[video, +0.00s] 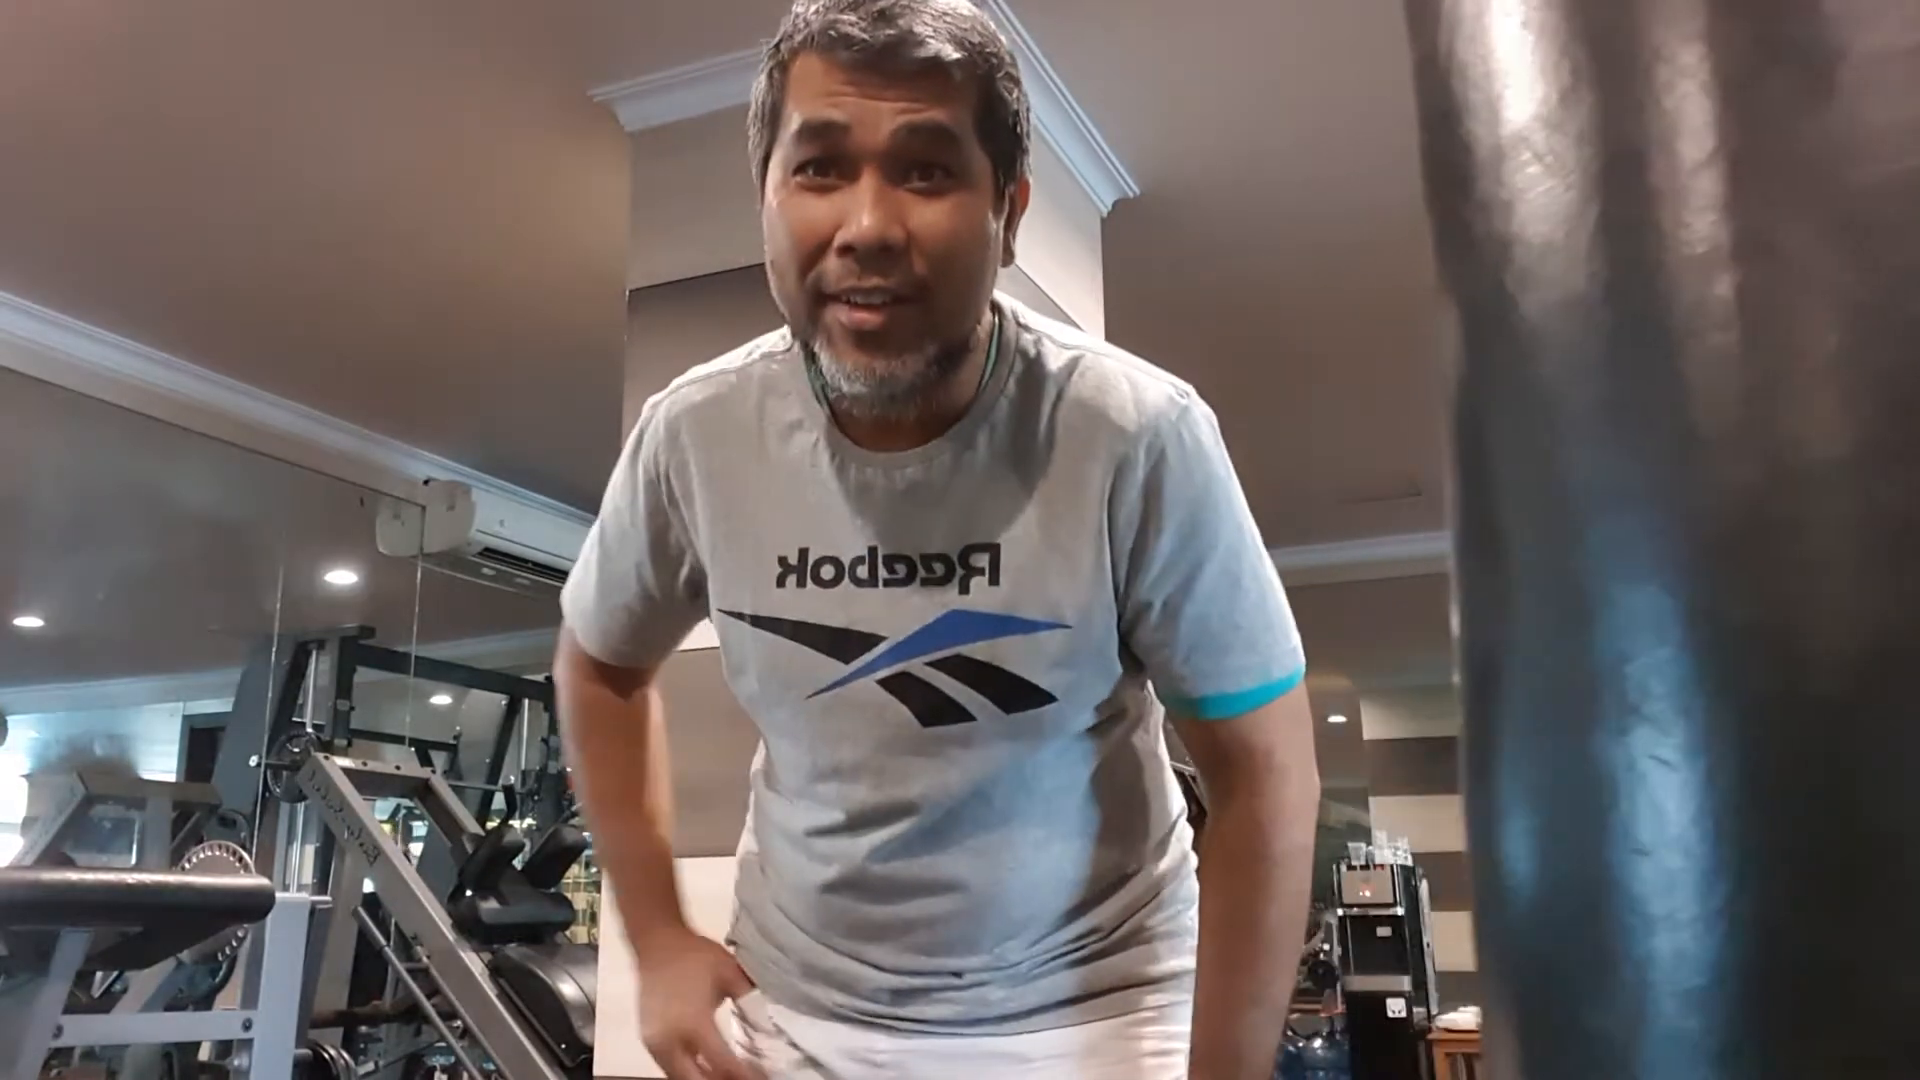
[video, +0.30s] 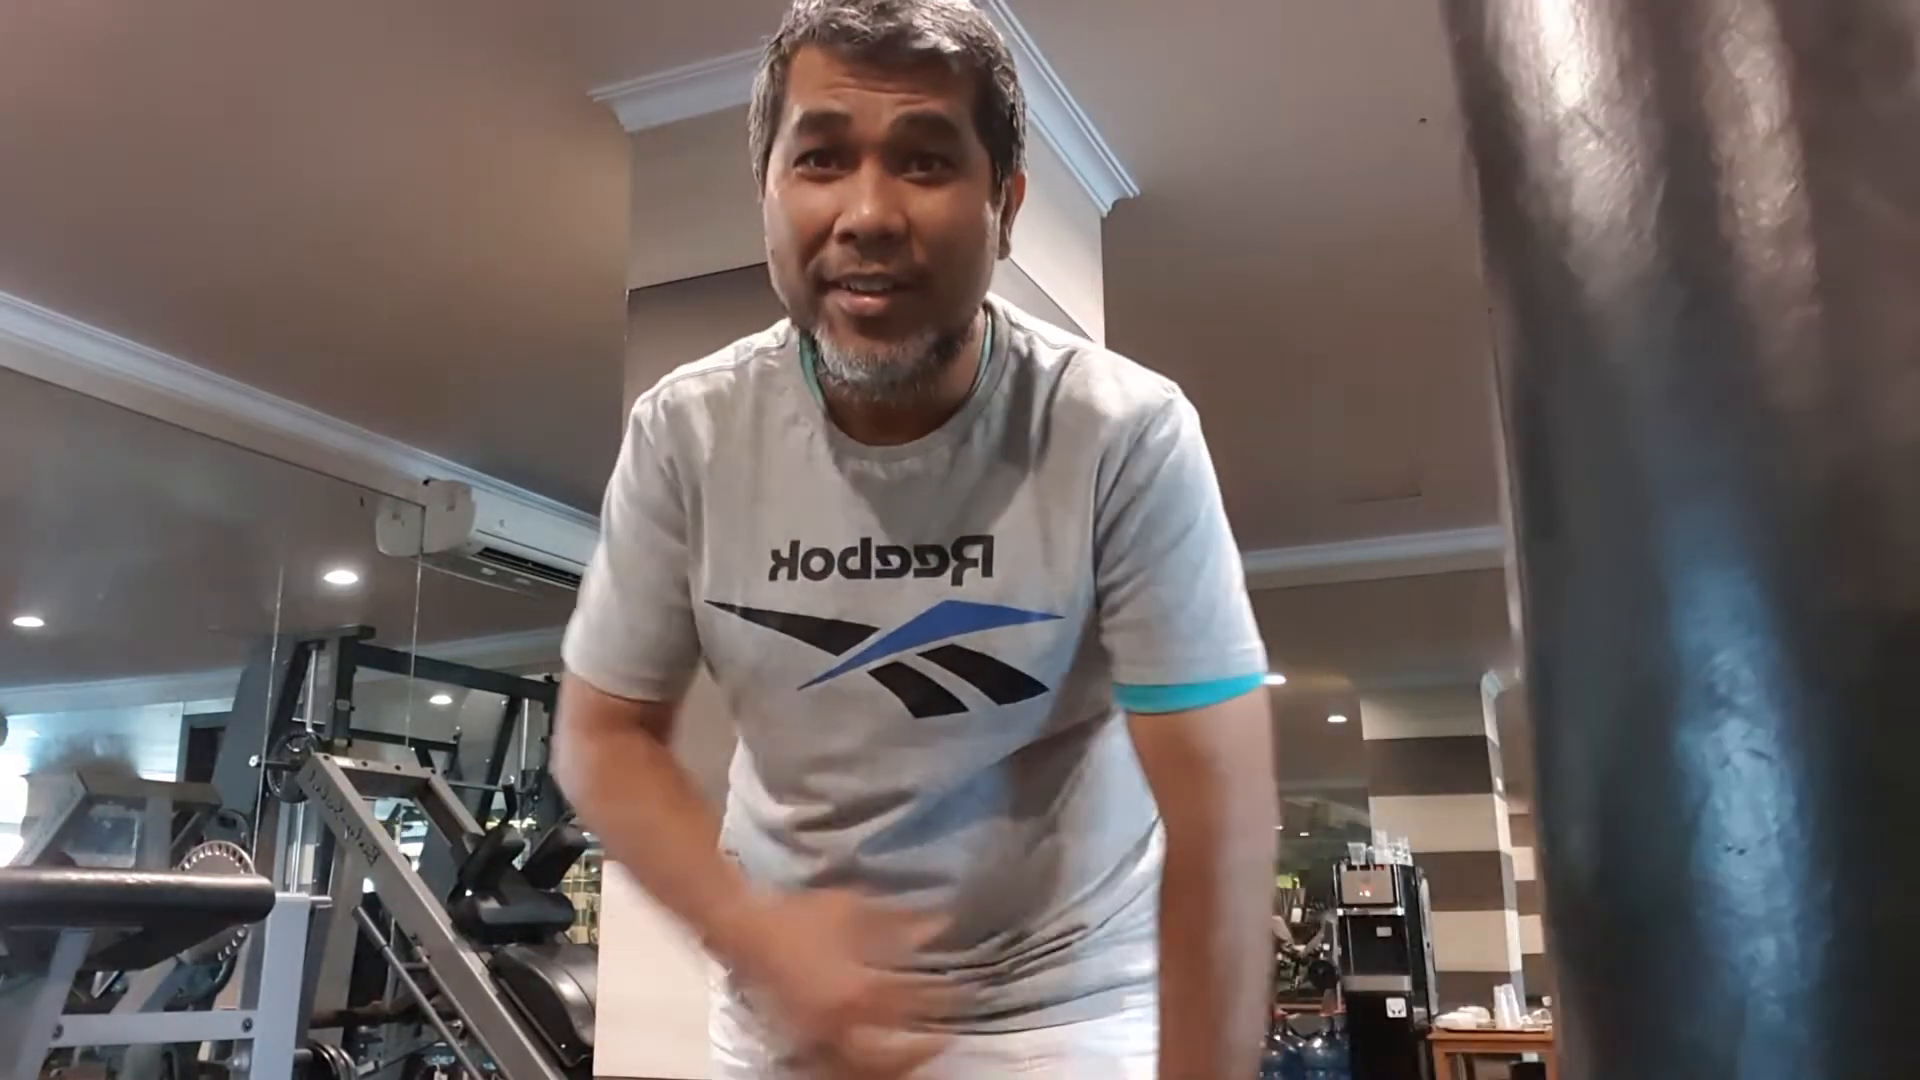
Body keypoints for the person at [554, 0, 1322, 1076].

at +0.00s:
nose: (867, 227)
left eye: (925, 171)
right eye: (819, 168)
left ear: (1009, 209)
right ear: (765, 203)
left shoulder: (1142, 440)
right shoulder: (690, 442)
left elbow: (1262, 774)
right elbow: (603, 663)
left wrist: (1229, 1068)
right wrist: (658, 937)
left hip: (1092, 1011)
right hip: (797, 1008)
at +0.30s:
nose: (869, 214)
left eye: (925, 162)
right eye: (821, 159)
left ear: (1005, 204)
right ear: (765, 197)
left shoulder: (1125, 439)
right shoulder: (686, 437)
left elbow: (1223, 815)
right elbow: (603, 733)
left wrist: (1204, 1067)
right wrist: (760, 936)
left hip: (1063, 1000)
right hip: (792, 991)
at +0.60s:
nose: (867, 205)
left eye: (925, 154)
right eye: (821, 150)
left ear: (1005, 198)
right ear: (765, 185)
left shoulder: (1115, 433)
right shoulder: (692, 413)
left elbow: (1134, 803)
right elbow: (694, 764)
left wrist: (1071, 1072)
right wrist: (1015, 705)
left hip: (1034, 1018)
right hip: (762, 1009)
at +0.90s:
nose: (860, 201)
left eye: (920, 149)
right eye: (815, 143)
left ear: (999, 196)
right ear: (757, 177)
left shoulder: (1106, 442)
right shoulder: (682, 397)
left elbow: (1120, 831)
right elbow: (678, 745)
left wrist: (1067, 1076)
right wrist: (993, 679)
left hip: (1016, 1018)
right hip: (752, 1007)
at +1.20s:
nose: (842, 205)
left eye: (900, 155)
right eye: (795, 151)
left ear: (981, 200)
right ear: (739, 186)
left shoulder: (1096, 435)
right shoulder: (671, 402)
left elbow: (1178, 815)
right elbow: (677, 746)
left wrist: (1127, 1070)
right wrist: (959, 644)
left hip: (1030, 1028)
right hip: (759, 1013)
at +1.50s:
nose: (842, 212)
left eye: (895, 159)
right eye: (794, 160)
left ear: (971, 198)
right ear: (730, 201)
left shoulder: (1086, 428)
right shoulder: (672, 414)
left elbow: (1221, 782)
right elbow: (670, 741)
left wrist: (904, 811)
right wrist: (953, 649)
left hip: (1056, 1017)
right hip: (772, 1012)